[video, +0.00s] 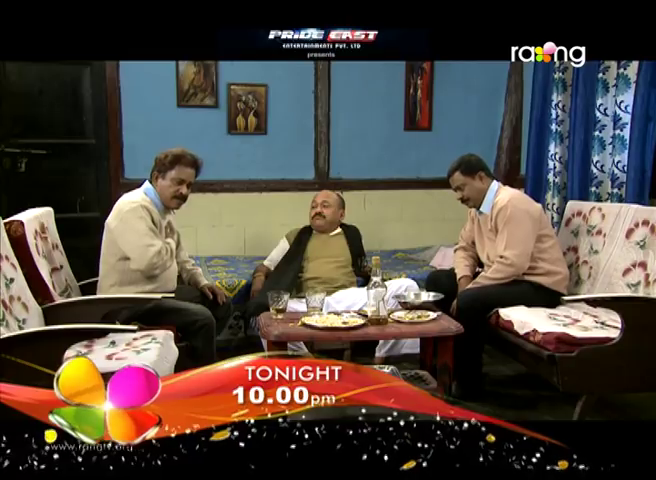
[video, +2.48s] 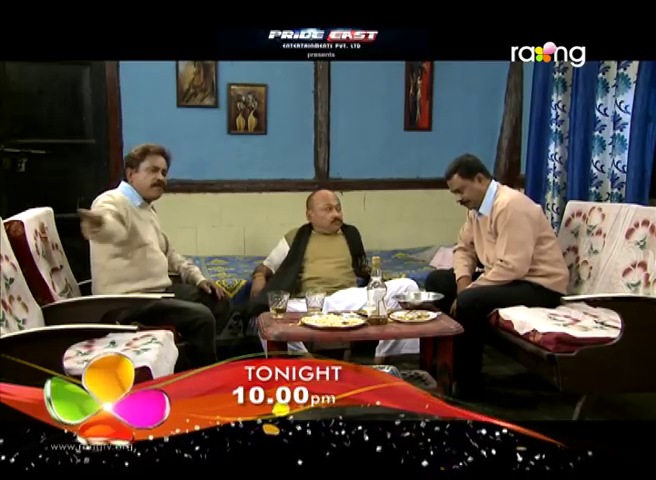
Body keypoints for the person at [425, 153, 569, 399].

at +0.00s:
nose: (459, 197)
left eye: (461, 188)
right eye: (456, 192)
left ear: (481, 178)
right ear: (479, 180)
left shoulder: (514, 205)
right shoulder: (478, 209)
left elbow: (513, 263)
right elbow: (464, 248)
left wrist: (466, 293)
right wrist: (464, 280)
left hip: (541, 286)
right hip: (502, 277)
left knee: (468, 302)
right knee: (437, 280)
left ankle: (467, 385)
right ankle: (441, 368)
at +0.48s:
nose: (458, 198)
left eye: (461, 190)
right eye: (455, 193)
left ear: (481, 179)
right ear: (479, 181)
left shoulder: (513, 206)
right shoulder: (478, 208)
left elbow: (513, 266)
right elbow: (464, 248)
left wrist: (465, 294)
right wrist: (464, 282)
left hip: (541, 286)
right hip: (502, 277)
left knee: (468, 302)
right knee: (437, 280)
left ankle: (467, 385)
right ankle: (440, 368)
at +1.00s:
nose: (458, 199)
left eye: (460, 191)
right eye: (454, 193)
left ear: (480, 179)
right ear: (478, 181)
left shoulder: (512, 206)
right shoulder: (477, 208)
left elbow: (513, 266)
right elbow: (464, 248)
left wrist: (465, 295)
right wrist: (463, 282)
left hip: (542, 286)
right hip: (504, 277)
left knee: (469, 302)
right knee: (437, 280)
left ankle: (468, 385)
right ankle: (440, 368)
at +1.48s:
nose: (459, 198)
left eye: (462, 190)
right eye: (456, 193)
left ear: (482, 179)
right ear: (480, 180)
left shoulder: (514, 206)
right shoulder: (478, 208)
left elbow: (513, 266)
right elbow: (464, 248)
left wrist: (466, 295)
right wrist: (463, 284)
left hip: (541, 286)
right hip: (503, 277)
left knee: (469, 302)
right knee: (437, 280)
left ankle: (467, 385)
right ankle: (441, 368)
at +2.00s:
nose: (459, 198)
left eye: (461, 190)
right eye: (456, 193)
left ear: (481, 179)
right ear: (479, 180)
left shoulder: (513, 205)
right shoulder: (478, 208)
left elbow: (513, 266)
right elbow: (464, 248)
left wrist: (466, 294)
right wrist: (463, 282)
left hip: (541, 286)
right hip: (504, 277)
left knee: (468, 302)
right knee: (437, 280)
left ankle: (467, 385)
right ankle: (440, 368)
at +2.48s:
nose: (458, 199)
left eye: (460, 191)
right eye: (455, 194)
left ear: (480, 180)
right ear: (478, 181)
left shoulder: (512, 206)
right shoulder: (477, 208)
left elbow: (513, 267)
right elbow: (464, 248)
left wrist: (466, 294)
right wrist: (463, 283)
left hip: (541, 286)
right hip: (504, 277)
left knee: (468, 302)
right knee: (437, 280)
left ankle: (467, 386)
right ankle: (440, 370)